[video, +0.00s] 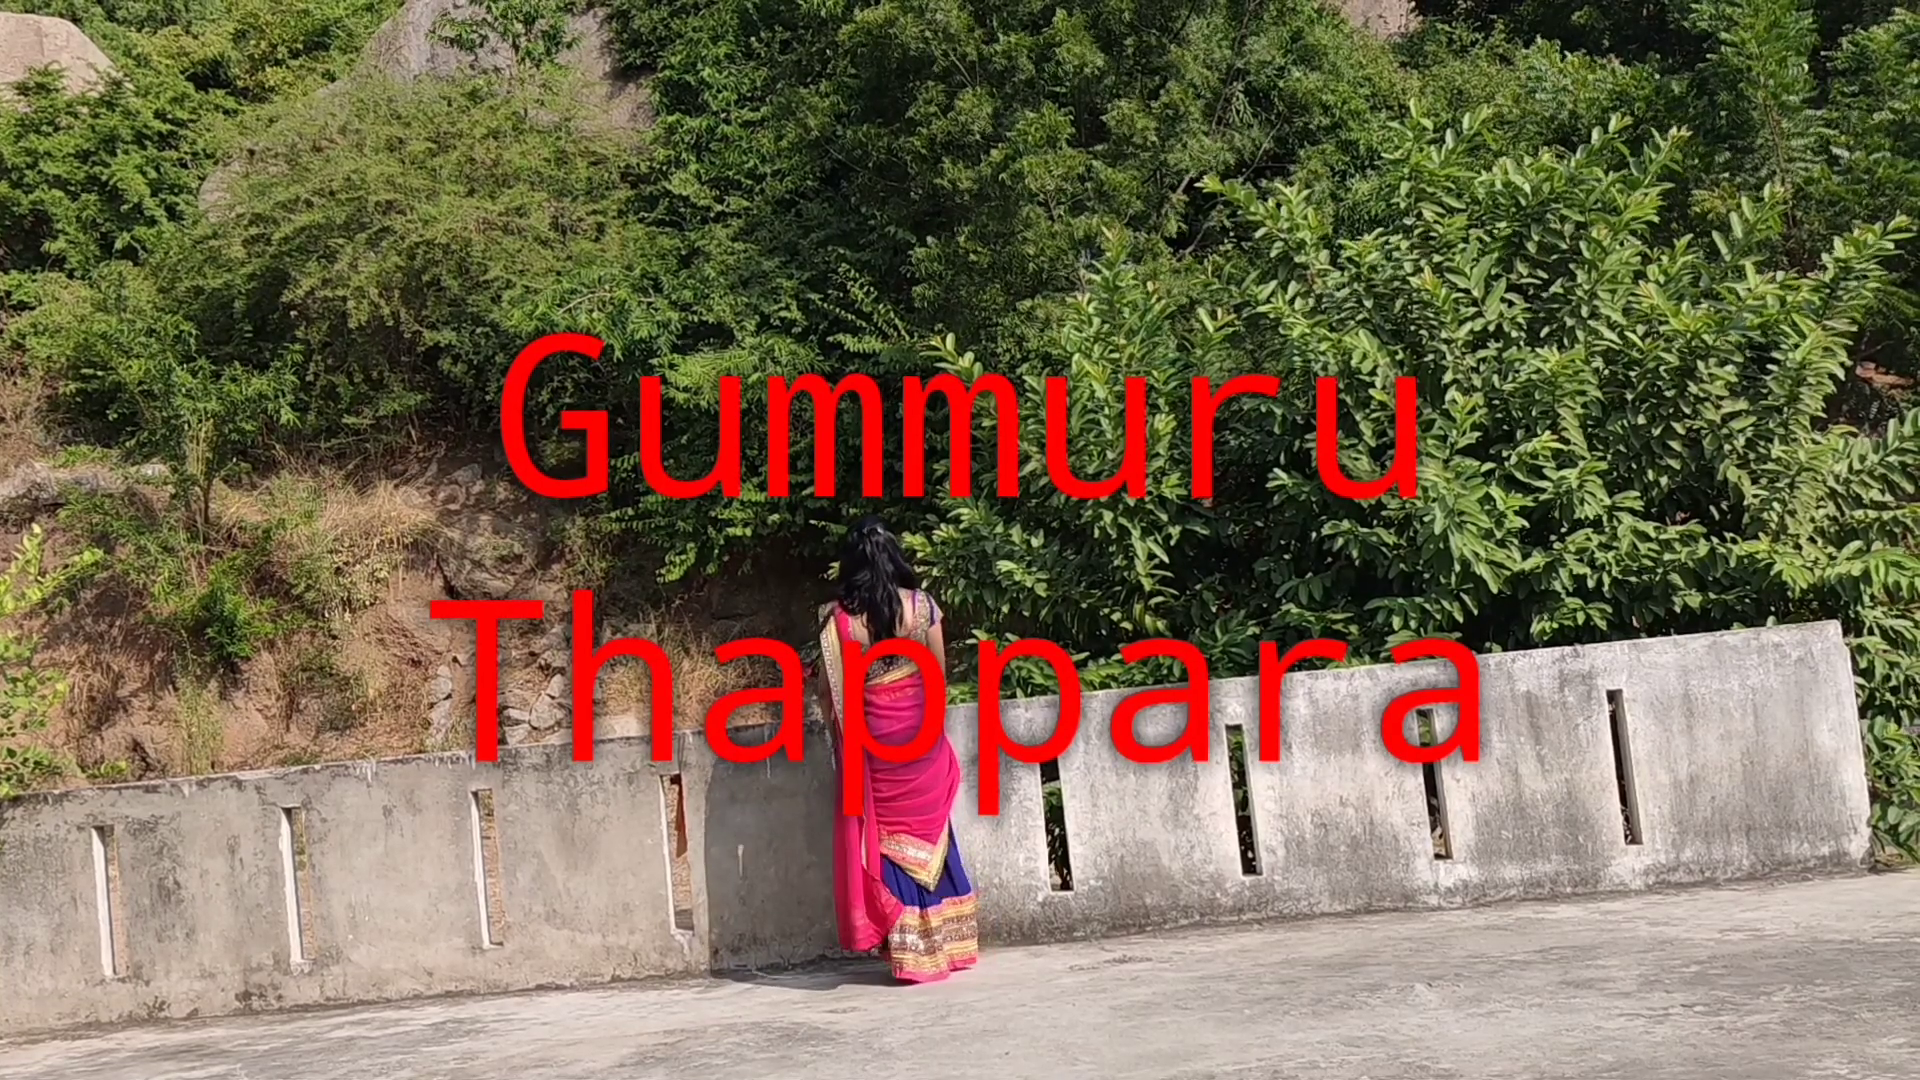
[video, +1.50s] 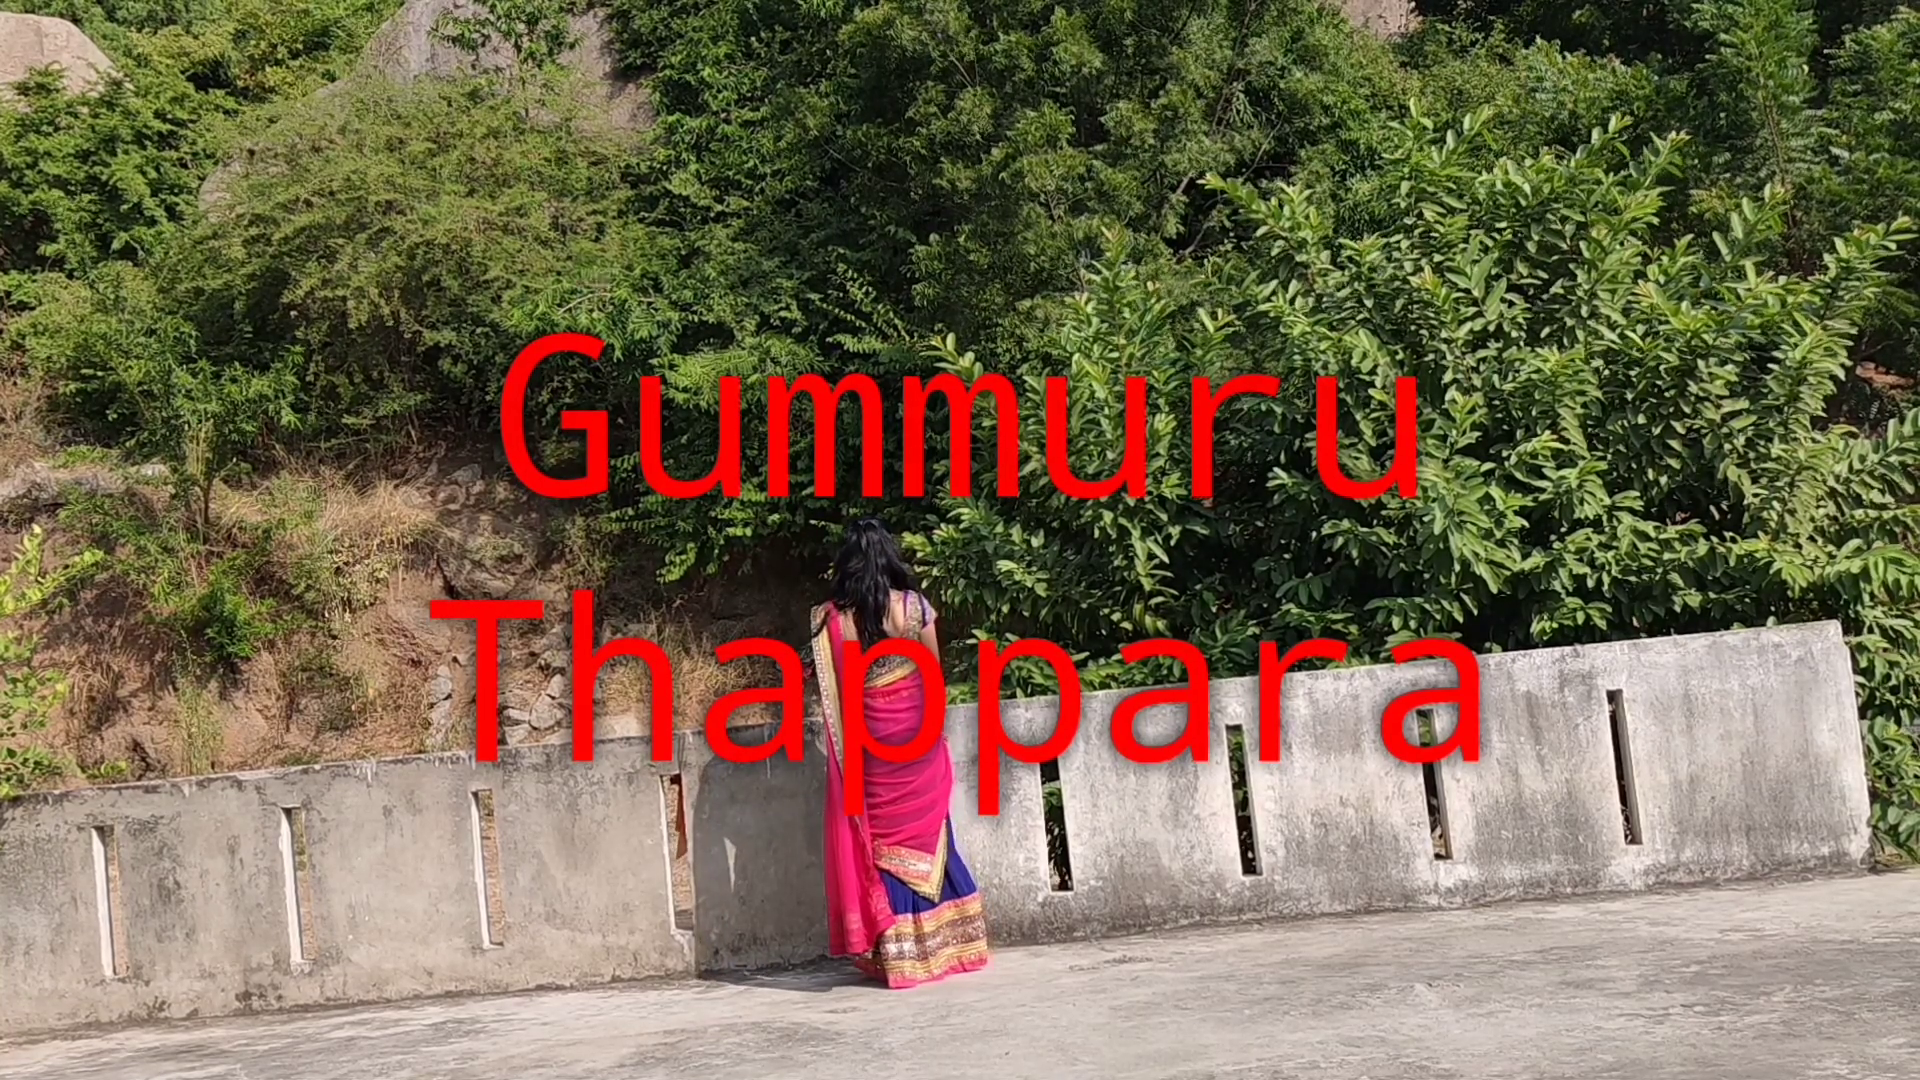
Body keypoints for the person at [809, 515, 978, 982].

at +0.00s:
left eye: (848, 560)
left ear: (849, 564)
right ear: (896, 558)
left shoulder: (838, 620)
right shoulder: (925, 606)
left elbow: (834, 696)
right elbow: (938, 675)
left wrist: (846, 748)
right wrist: (935, 727)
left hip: (873, 734)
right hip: (922, 730)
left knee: (888, 835)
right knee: (931, 828)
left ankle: (909, 950)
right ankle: (946, 942)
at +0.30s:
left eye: (848, 558)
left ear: (848, 562)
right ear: (894, 557)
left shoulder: (835, 619)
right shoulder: (923, 608)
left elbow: (836, 692)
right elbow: (935, 676)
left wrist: (848, 744)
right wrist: (934, 729)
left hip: (870, 738)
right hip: (921, 732)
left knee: (881, 837)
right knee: (929, 830)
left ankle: (899, 951)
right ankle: (943, 943)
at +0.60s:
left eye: (848, 557)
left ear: (847, 562)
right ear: (892, 558)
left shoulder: (833, 614)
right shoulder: (920, 605)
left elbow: (833, 688)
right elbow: (935, 673)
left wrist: (849, 743)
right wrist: (931, 724)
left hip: (870, 735)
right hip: (920, 728)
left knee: (882, 835)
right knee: (932, 829)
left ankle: (899, 950)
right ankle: (948, 943)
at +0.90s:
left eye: (848, 556)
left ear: (846, 562)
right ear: (892, 558)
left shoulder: (829, 616)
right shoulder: (919, 607)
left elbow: (832, 687)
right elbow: (934, 674)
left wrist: (845, 740)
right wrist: (931, 726)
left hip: (867, 739)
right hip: (919, 732)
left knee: (878, 837)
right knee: (930, 831)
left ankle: (893, 953)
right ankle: (945, 945)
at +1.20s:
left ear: (846, 563)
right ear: (893, 559)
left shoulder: (828, 617)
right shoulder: (919, 608)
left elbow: (831, 689)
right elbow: (935, 675)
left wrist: (841, 744)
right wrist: (932, 728)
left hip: (868, 740)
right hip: (920, 734)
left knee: (878, 839)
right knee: (932, 833)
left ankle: (894, 953)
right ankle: (946, 947)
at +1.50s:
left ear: (845, 563)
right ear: (892, 559)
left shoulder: (827, 618)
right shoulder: (919, 608)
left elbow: (829, 692)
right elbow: (935, 676)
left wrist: (838, 747)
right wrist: (935, 730)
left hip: (866, 740)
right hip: (919, 735)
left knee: (877, 838)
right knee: (928, 834)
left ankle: (893, 952)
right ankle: (941, 945)